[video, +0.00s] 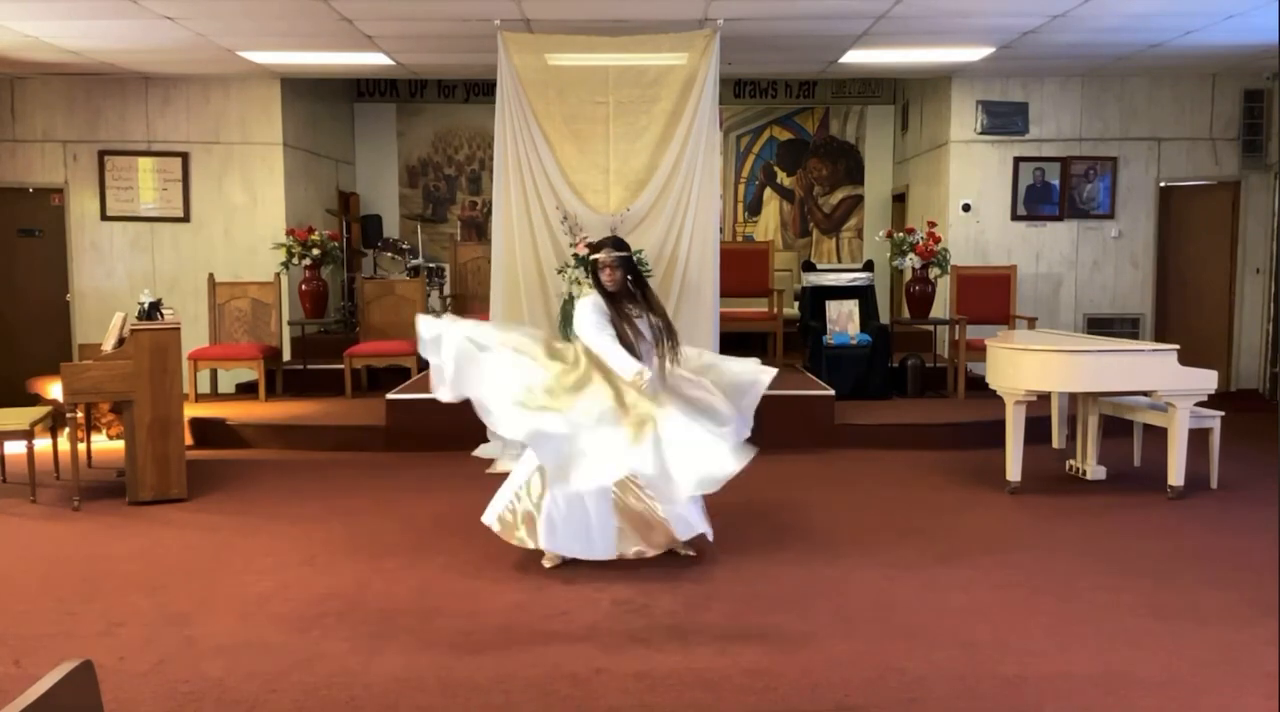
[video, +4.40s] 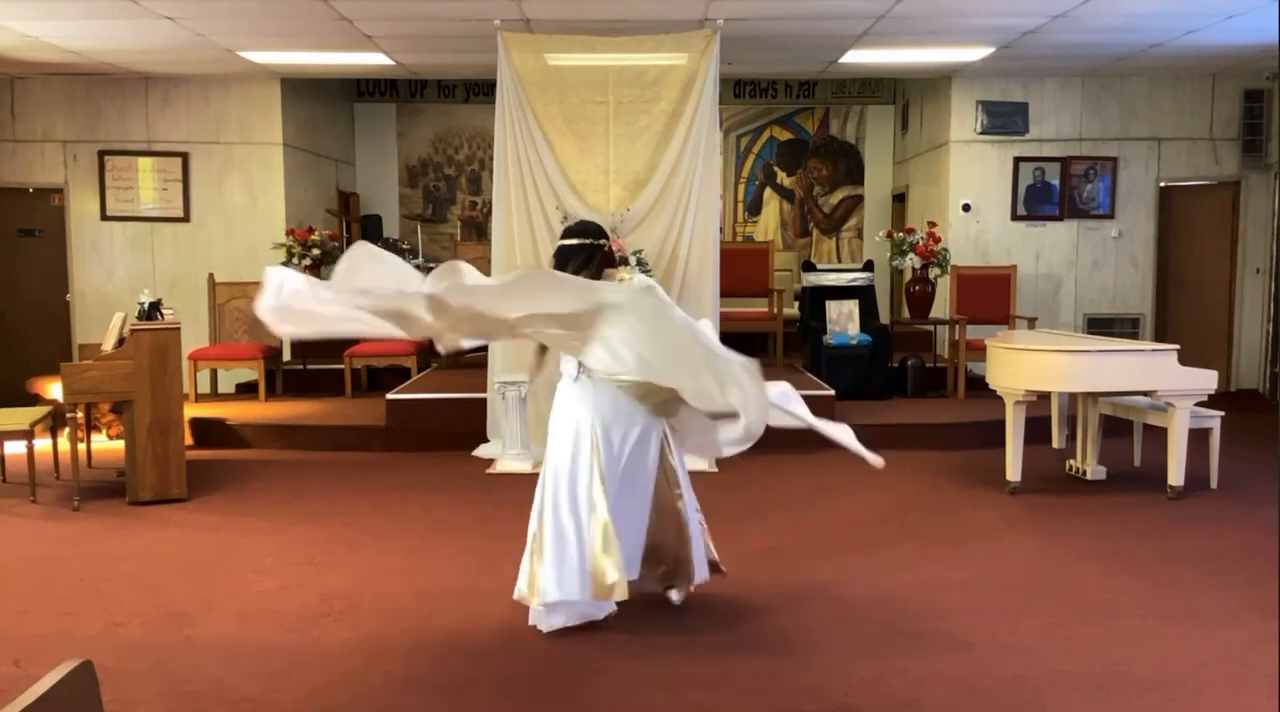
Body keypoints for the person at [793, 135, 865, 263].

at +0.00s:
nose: (815, 176)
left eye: (820, 170)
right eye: (812, 171)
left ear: (840, 166)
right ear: (808, 173)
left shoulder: (854, 193)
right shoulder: (820, 195)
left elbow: (828, 227)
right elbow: (799, 233)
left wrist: (808, 196)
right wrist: (798, 197)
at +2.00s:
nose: (815, 176)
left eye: (821, 170)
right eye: (812, 171)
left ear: (840, 166)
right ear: (808, 173)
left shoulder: (854, 193)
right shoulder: (819, 195)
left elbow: (828, 227)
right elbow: (799, 232)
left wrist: (808, 197)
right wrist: (799, 197)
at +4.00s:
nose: (815, 176)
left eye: (821, 170)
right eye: (812, 171)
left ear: (839, 167)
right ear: (808, 172)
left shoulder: (854, 193)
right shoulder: (819, 194)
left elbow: (828, 227)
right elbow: (799, 233)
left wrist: (808, 196)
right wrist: (799, 197)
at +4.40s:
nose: (815, 176)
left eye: (820, 170)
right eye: (812, 171)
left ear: (839, 166)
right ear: (808, 172)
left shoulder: (854, 193)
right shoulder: (820, 195)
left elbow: (827, 227)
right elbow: (800, 232)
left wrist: (808, 196)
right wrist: (799, 197)